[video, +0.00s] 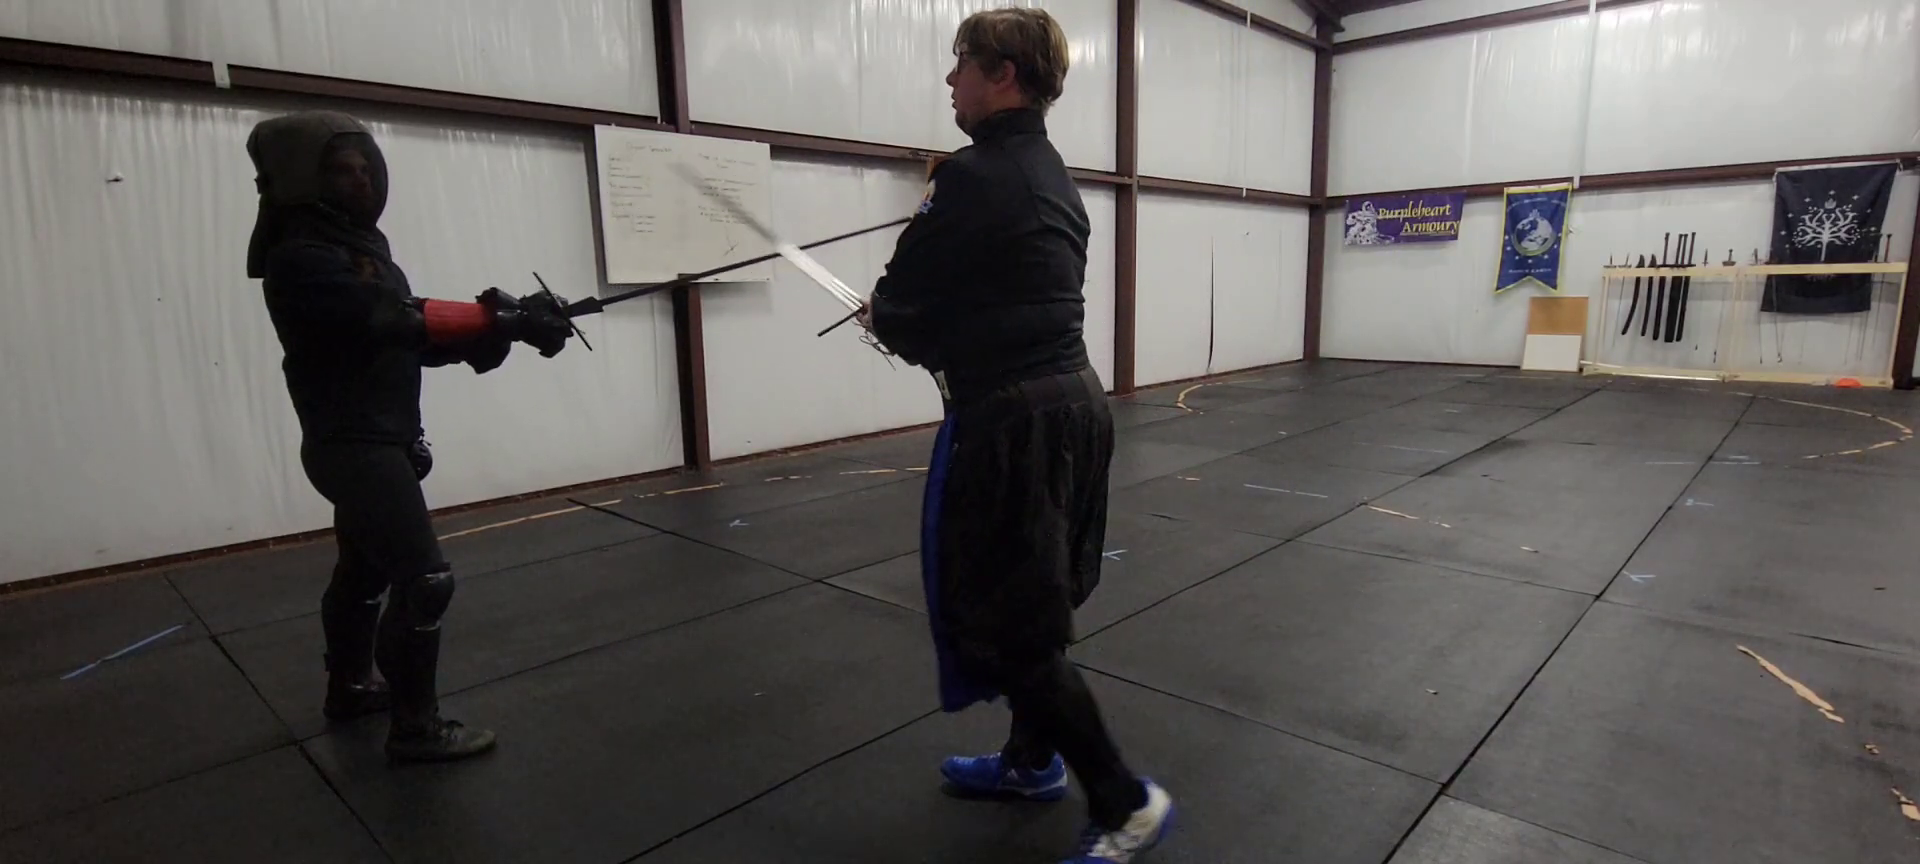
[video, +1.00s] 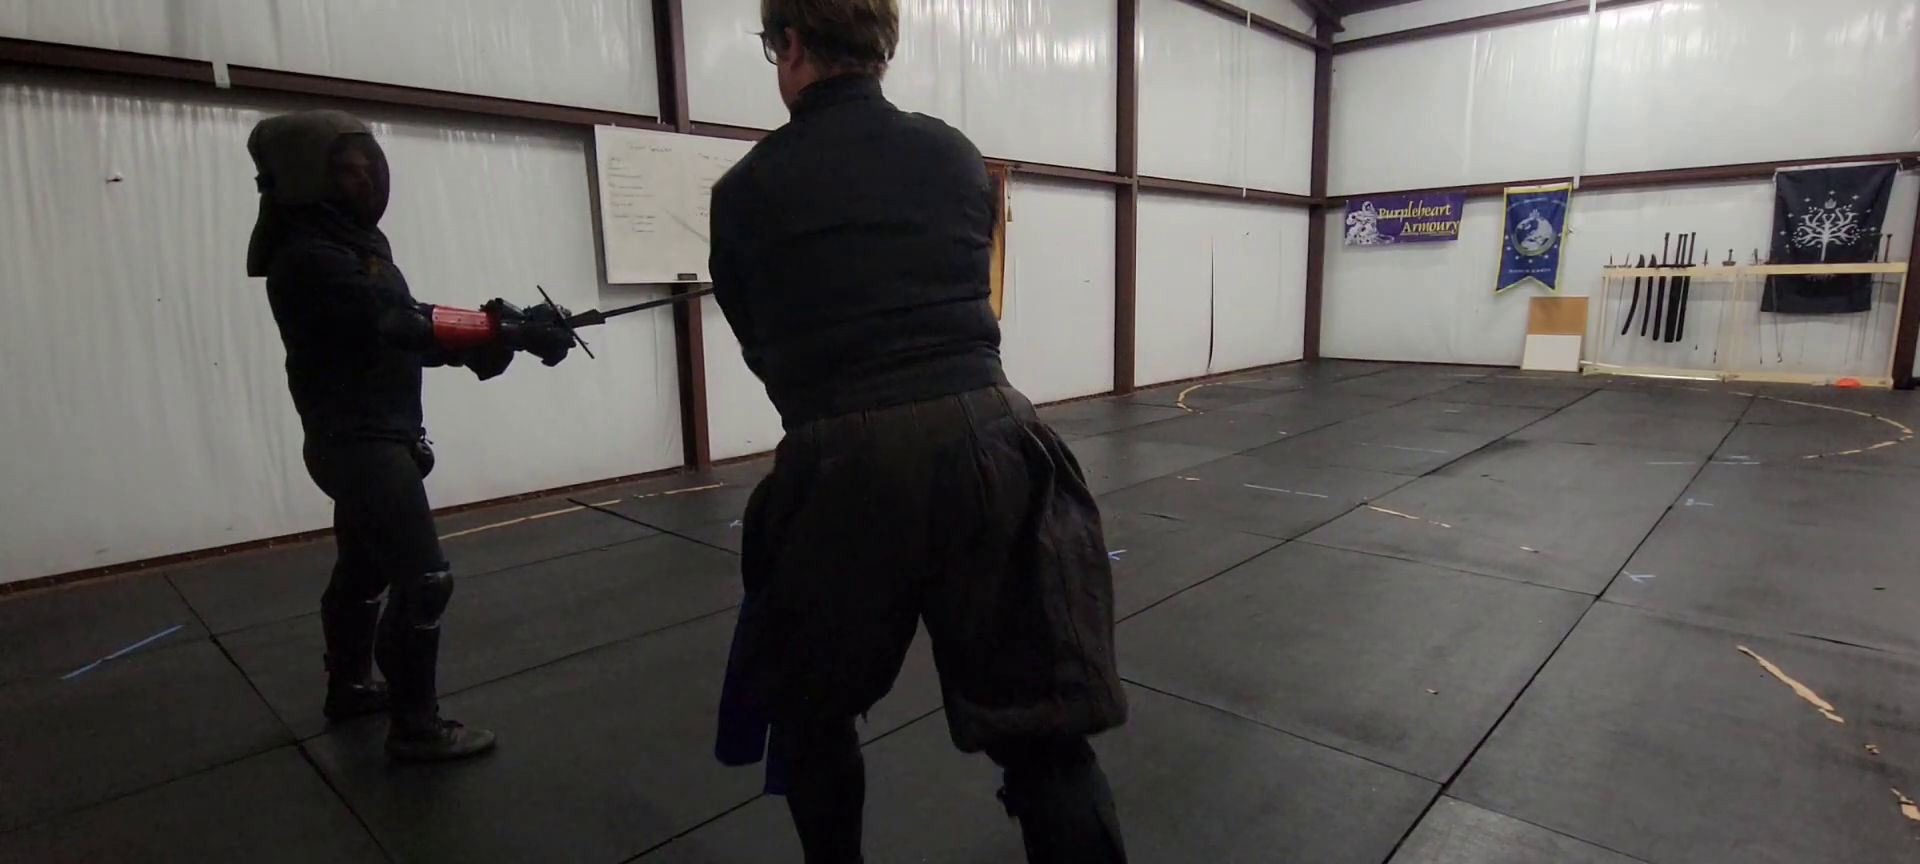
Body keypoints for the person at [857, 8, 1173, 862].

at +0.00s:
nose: (949, 79)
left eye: (963, 66)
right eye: (955, 65)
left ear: (1007, 79)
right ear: (1024, 83)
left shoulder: (972, 177)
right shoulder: (1054, 174)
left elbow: (899, 307)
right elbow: (1017, 292)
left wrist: (886, 314)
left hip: (1008, 420)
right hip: (1074, 402)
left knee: (1017, 620)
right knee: (1032, 591)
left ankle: (1126, 802)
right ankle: (1030, 761)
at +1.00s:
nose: (774, 71)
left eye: (773, 51)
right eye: (773, 51)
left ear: (794, 49)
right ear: (880, 48)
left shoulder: (745, 189)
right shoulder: (955, 153)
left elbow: (760, 337)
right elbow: (965, 290)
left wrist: (832, 414)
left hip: (848, 467)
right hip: (985, 444)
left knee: (813, 711)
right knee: (1034, 722)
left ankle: (834, 854)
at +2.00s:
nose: (853, 65)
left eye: (854, 46)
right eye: (856, 47)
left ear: (874, 47)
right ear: (953, 54)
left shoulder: (816, 170)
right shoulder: (1004, 164)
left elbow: (774, 326)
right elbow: (1022, 308)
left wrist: (861, 363)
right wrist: (958, 357)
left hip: (875, 445)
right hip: (1007, 432)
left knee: (843, 692)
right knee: (1028, 640)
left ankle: (841, 852)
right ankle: (1087, 803)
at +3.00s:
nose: (1024, 98)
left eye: (1033, 82)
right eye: (1027, 81)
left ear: (1072, 89)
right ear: (1091, 92)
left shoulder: (1082, 192)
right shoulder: (1106, 177)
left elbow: (1028, 334)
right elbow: (1026, 309)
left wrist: (951, 369)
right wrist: (928, 340)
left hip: (1153, 448)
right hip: (1147, 436)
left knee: (1197, 652)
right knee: (1052, 577)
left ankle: (1289, 838)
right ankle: (1064, 752)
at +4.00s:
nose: (616, 119)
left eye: (618, 106)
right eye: (617, 106)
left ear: (635, 109)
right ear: (711, 109)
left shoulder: (599, 212)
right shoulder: (757, 195)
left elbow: (546, 335)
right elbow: (723, 299)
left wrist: (625, 278)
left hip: (695, 479)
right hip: (817, 453)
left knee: (598, 672)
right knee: (886, 617)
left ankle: (635, 847)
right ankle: (978, 762)